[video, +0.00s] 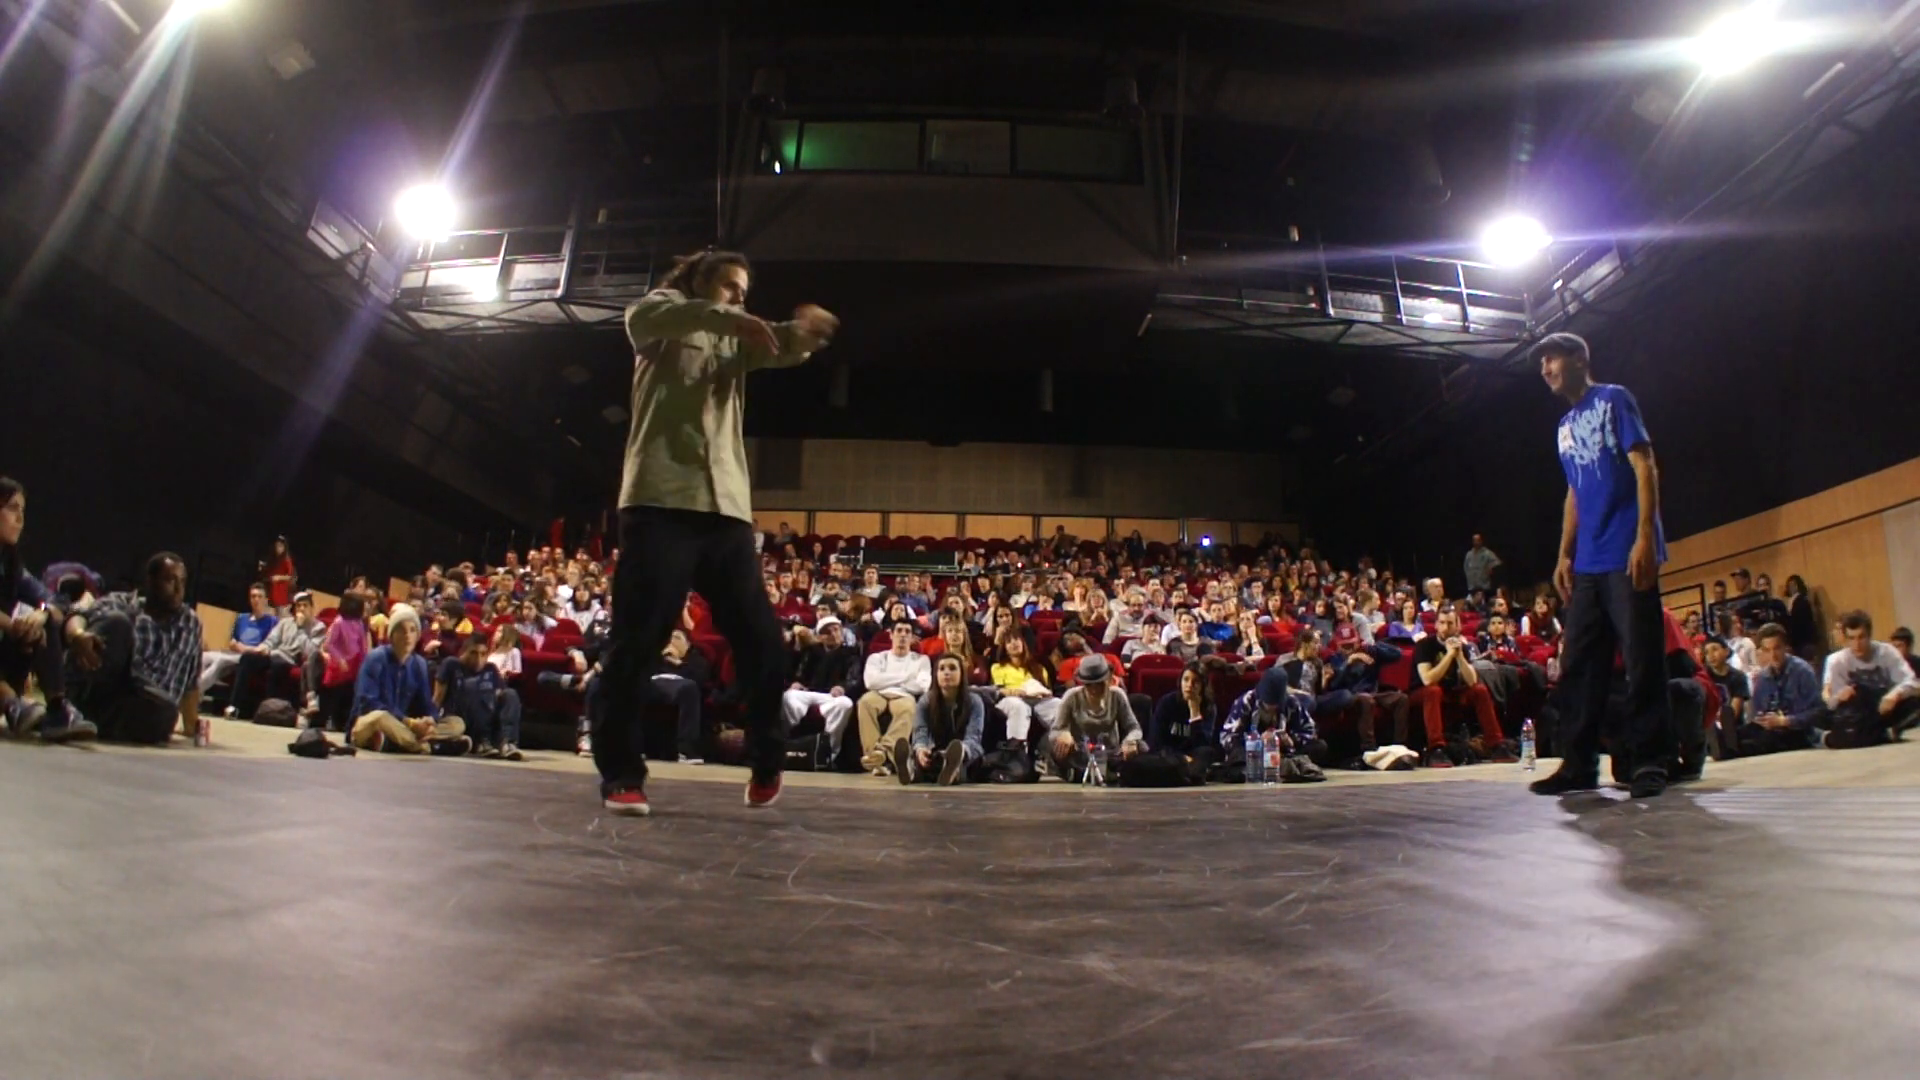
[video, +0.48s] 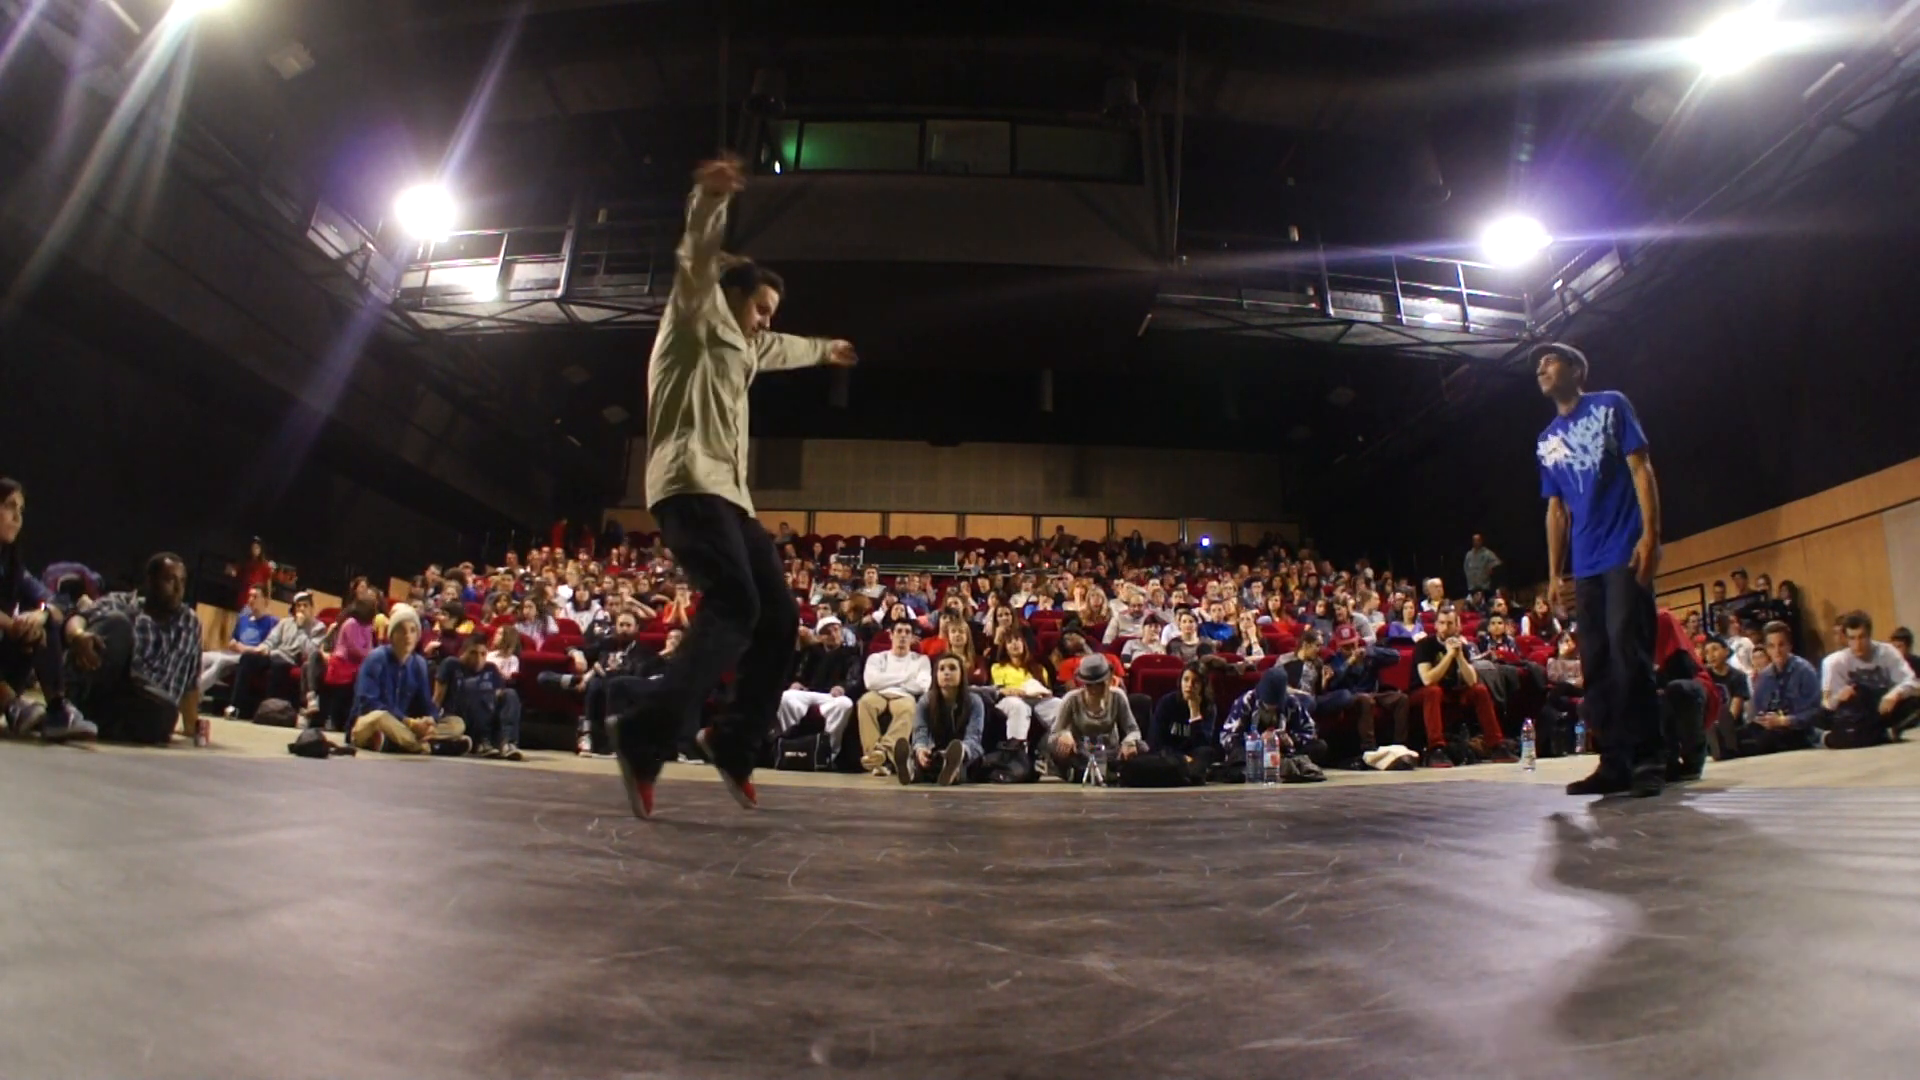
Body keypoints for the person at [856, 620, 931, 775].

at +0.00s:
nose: (903, 635)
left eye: (907, 632)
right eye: (899, 631)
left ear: (912, 638)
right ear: (891, 634)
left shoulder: (921, 659)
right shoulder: (876, 658)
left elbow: (922, 686)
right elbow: (871, 682)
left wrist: (887, 682)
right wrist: (905, 677)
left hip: (904, 694)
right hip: (879, 692)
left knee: (907, 710)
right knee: (865, 703)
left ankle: (884, 750)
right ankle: (876, 761)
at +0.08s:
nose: (903, 635)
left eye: (907, 632)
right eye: (899, 631)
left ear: (912, 638)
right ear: (891, 634)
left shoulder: (921, 659)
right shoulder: (876, 658)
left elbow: (922, 686)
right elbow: (871, 682)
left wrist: (887, 682)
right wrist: (905, 677)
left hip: (904, 694)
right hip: (879, 692)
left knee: (907, 710)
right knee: (865, 703)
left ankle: (884, 750)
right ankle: (875, 761)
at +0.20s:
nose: (903, 635)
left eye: (907, 632)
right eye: (899, 631)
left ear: (912, 638)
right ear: (891, 635)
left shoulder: (921, 659)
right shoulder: (876, 658)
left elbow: (922, 686)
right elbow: (871, 682)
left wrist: (887, 682)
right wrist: (905, 677)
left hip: (904, 694)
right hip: (879, 692)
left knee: (907, 710)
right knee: (865, 703)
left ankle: (884, 750)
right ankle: (875, 761)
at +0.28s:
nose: (903, 635)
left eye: (907, 632)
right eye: (899, 631)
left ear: (912, 637)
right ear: (891, 635)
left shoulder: (921, 659)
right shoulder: (876, 658)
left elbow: (922, 686)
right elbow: (871, 682)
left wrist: (887, 682)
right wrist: (905, 677)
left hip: (904, 694)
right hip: (879, 692)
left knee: (907, 710)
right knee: (865, 703)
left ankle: (884, 750)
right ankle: (875, 761)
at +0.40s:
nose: (903, 636)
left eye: (907, 632)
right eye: (899, 631)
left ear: (912, 637)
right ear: (891, 635)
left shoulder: (921, 659)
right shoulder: (876, 658)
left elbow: (922, 686)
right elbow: (871, 682)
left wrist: (887, 682)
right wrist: (905, 677)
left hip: (904, 694)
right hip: (879, 692)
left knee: (907, 710)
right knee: (865, 703)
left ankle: (884, 750)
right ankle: (875, 761)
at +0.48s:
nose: (903, 636)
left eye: (907, 632)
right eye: (899, 631)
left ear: (912, 638)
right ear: (891, 635)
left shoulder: (921, 659)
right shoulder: (876, 658)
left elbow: (922, 686)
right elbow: (871, 682)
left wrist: (887, 682)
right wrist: (905, 677)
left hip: (904, 694)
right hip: (879, 692)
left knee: (907, 710)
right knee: (865, 703)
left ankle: (884, 750)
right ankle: (875, 761)